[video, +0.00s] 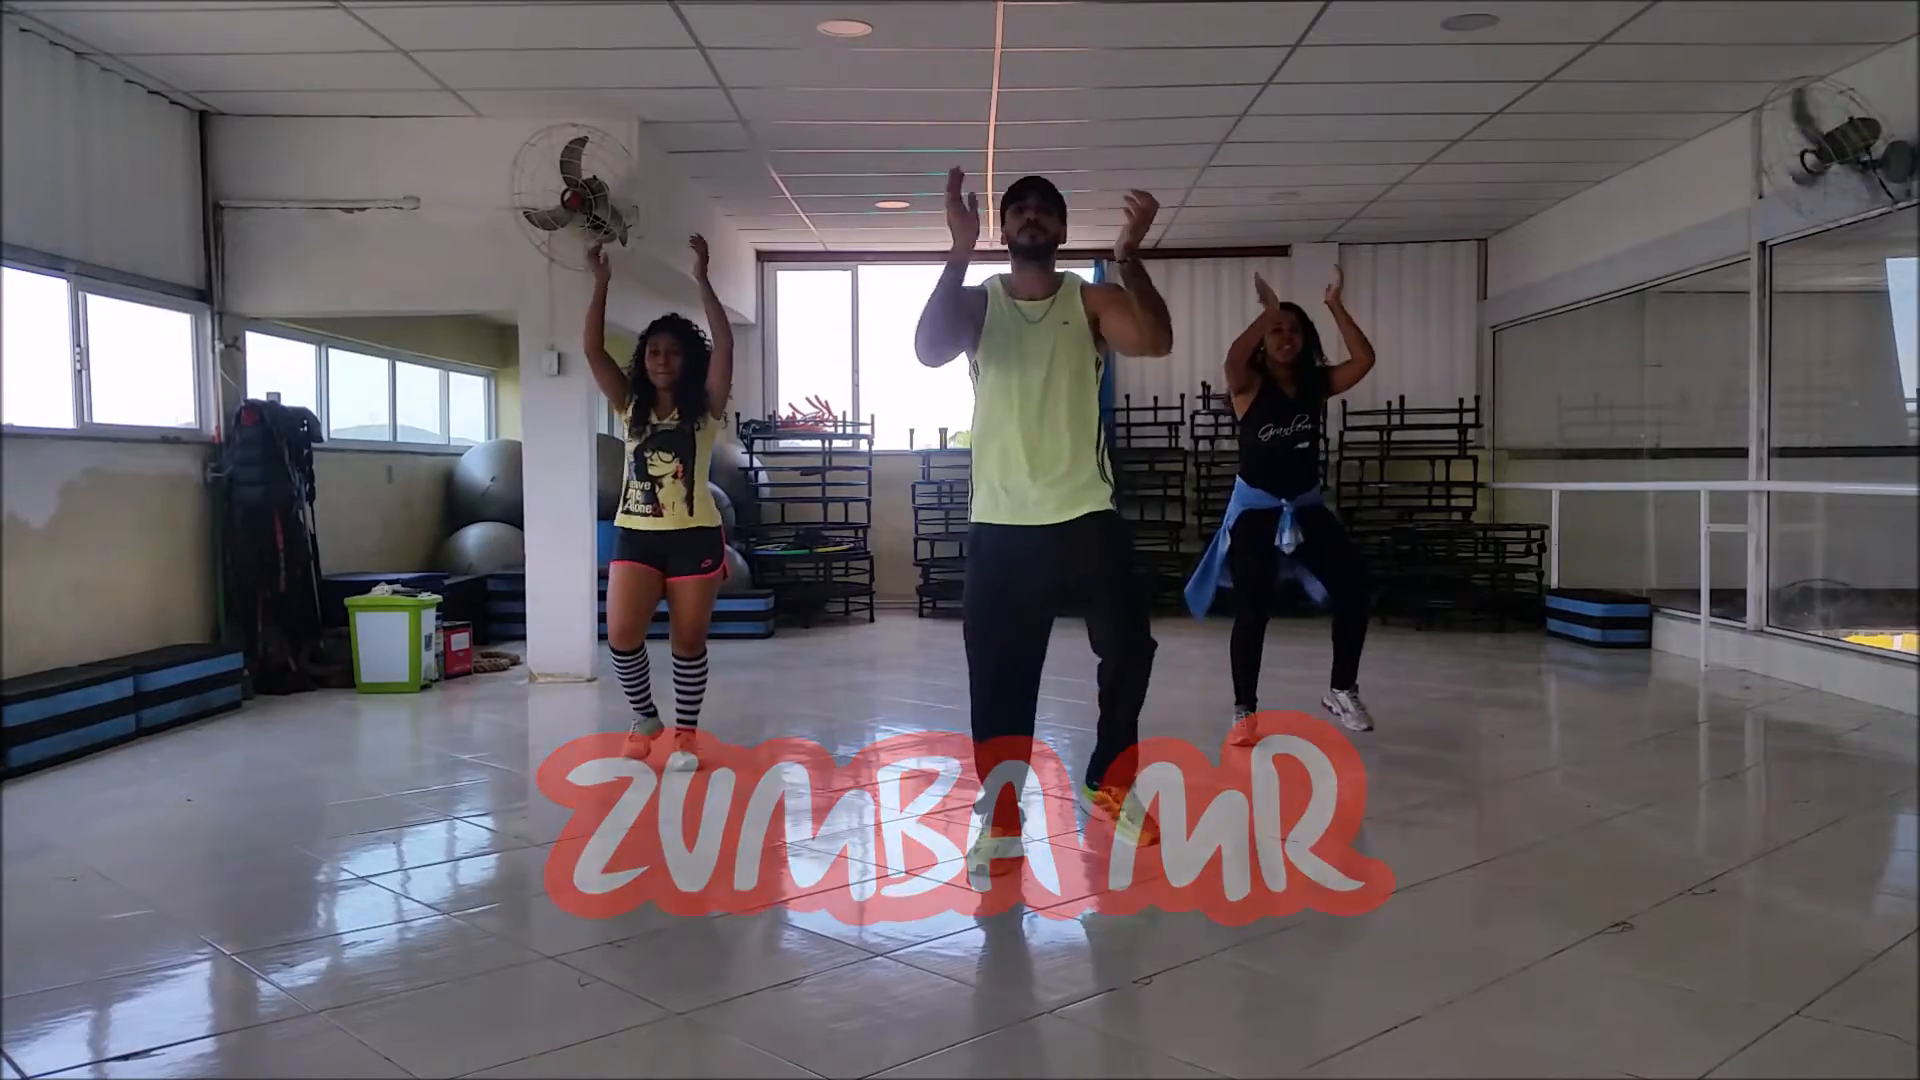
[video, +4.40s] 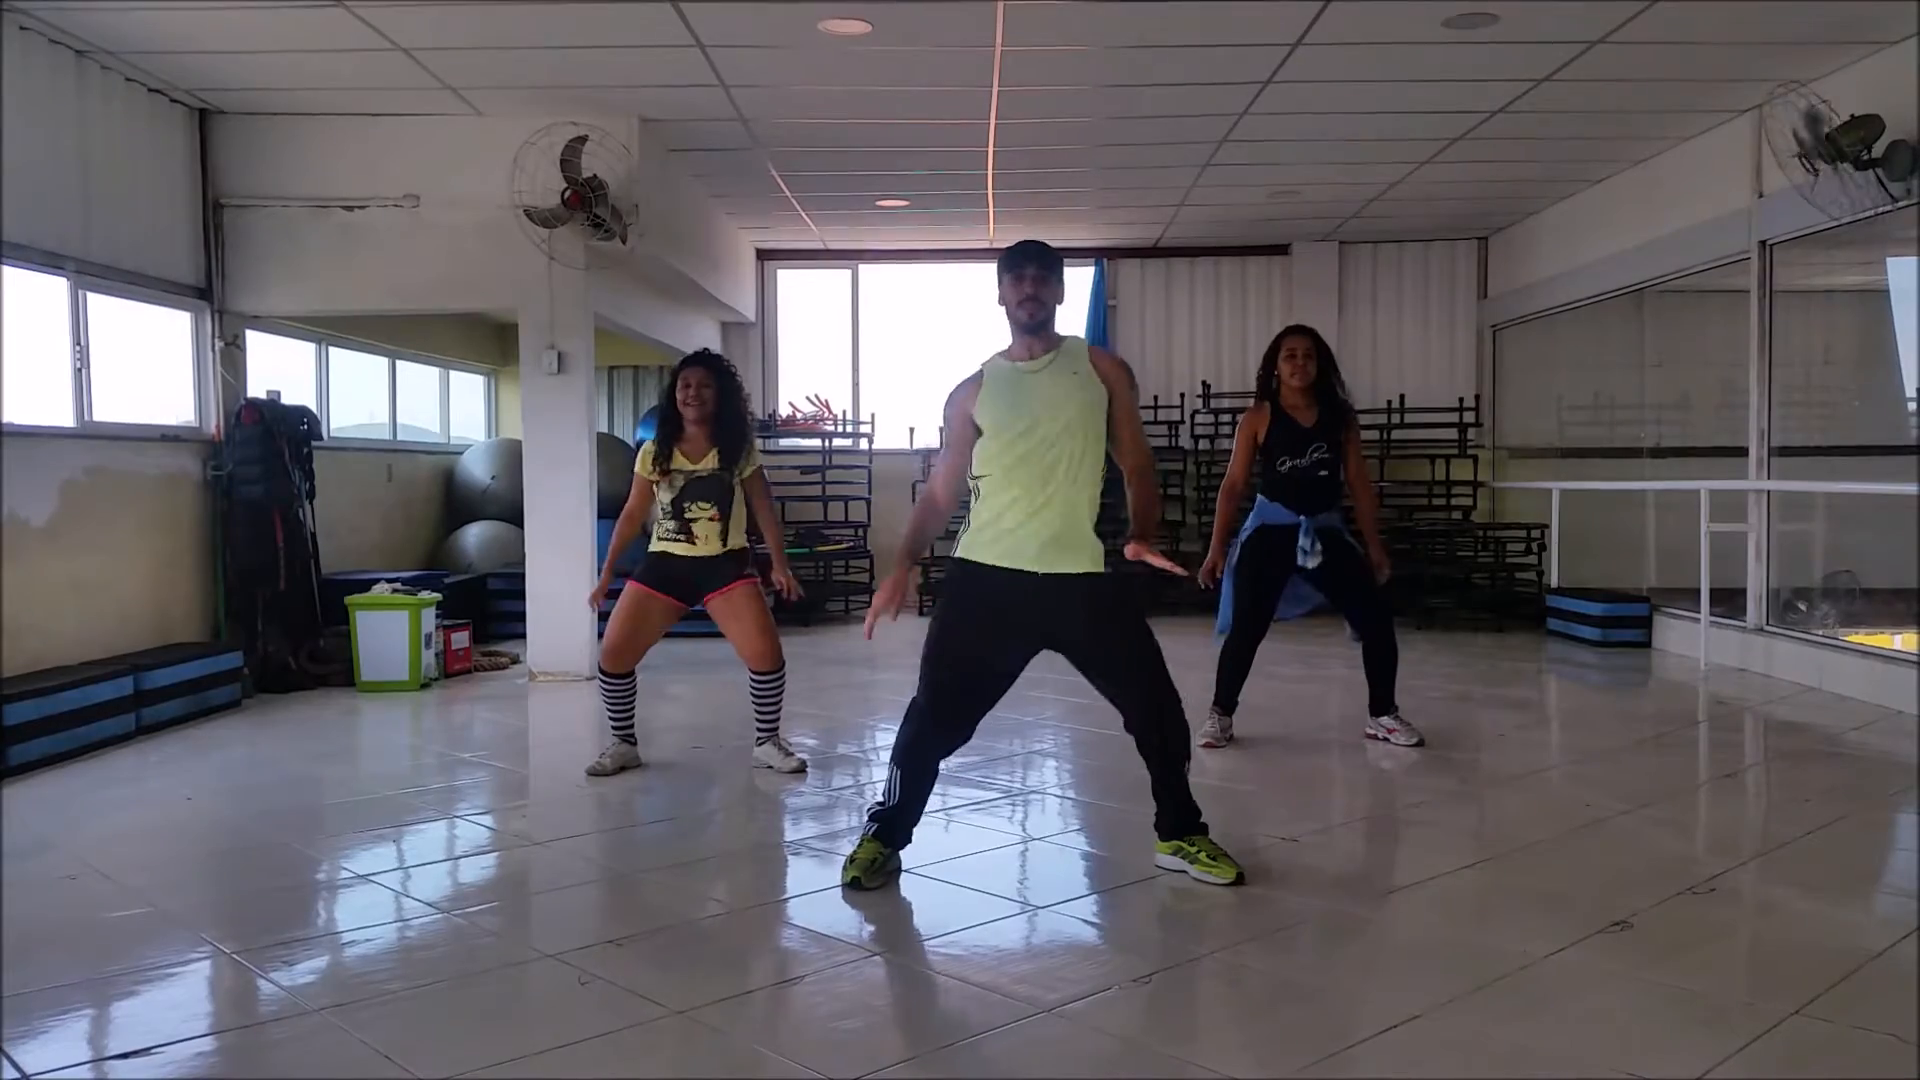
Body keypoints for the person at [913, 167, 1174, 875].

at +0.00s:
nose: (1032, 219)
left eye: (1045, 212)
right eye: (1019, 211)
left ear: (1064, 231)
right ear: (1002, 228)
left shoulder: (1089, 296)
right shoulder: (977, 300)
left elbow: (1155, 339)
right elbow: (931, 348)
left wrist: (1129, 258)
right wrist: (961, 248)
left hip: (1087, 517)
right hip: (1002, 522)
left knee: (1129, 647)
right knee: (999, 682)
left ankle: (1108, 785)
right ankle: (1000, 817)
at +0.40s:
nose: (1066, 228)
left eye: (1079, 216)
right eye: (1053, 217)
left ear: (1098, 226)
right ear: (1035, 229)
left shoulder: (1129, 300)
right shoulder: (1004, 309)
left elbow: (1211, 350)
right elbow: (922, 378)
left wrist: (1179, 300)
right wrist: (937, 315)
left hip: (1109, 525)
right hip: (1021, 523)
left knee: (1127, 680)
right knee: (977, 663)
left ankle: (1118, 825)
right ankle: (973, 801)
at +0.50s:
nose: (1060, 233)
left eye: (1073, 221)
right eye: (1047, 221)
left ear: (1094, 227)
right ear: (1030, 229)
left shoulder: (1133, 306)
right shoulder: (1000, 312)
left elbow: (1231, 366)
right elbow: (923, 378)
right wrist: (913, 410)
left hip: (1108, 529)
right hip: (1018, 527)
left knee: (1124, 686)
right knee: (975, 669)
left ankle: (1119, 823)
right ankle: (951, 808)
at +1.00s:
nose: (1013, 242)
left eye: (1026, 230)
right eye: (1001, 229)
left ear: (1047, 239)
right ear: (985, 237)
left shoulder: (1085, 322)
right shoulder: (946, 329)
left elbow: (1136, 406)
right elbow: (907, 419)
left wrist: (1119, 465)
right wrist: (897, 498)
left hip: (1070, 540)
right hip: (976, 542)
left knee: (1125, 685)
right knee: (937, 695)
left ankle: (1133, 817)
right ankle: (915, 829)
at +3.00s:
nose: (1043, 310)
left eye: (1056, 300)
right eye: (1031, 298)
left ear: (1072, 309)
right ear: (1012, 305)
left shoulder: (1093, 390)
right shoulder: (964, 393)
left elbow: (1137, 481)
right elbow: (920, 479)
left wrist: (1172, 544)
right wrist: (945, 549)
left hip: (1105, 578)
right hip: (1014, 587)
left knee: (1174, 710)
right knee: (960, 721)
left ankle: (1182, 833)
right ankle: (894, 838)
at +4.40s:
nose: (1031, 289)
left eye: (1043, 278)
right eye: (1018, 278)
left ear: (1060, 290)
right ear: (1000, 292)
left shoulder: (1104, 370)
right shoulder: (972, 393)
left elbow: (1138, 466)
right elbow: (939, 492)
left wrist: (1143, 534)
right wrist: (903, 565)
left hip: (1084, 583)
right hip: (987, 582)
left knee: (1158, 712)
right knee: (933, 716)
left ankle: (1180, 832)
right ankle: (886, 834)